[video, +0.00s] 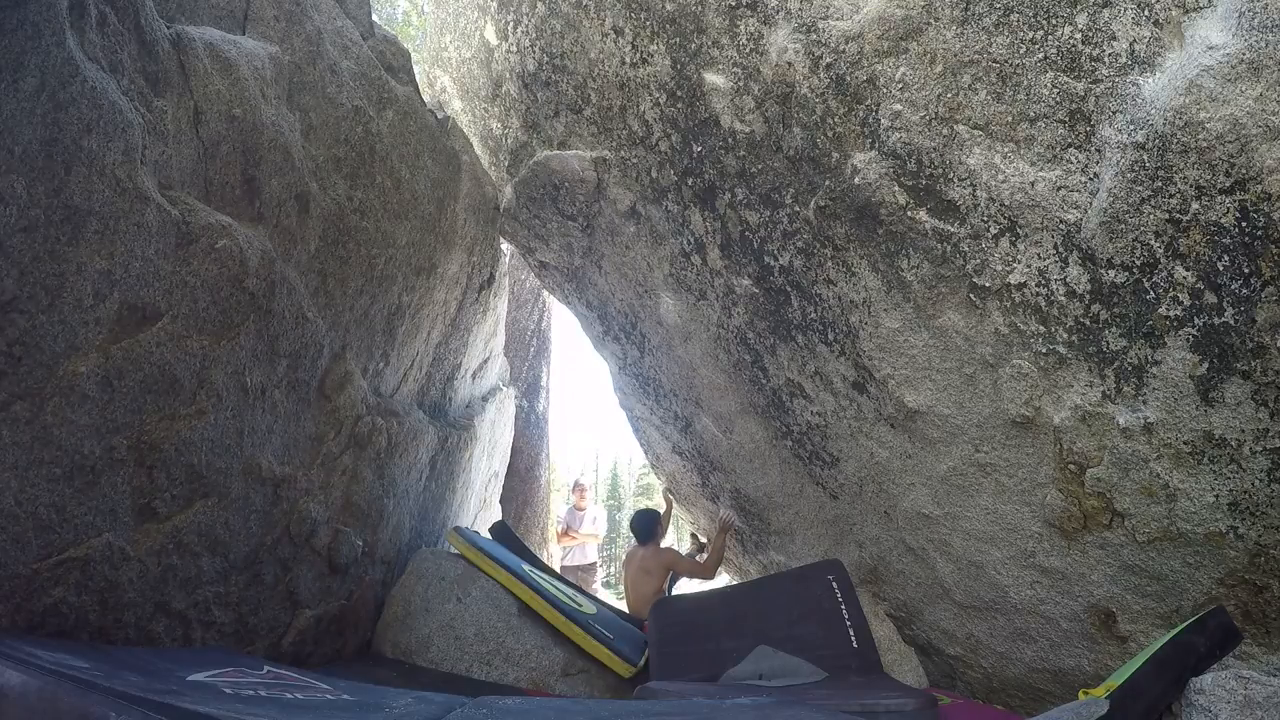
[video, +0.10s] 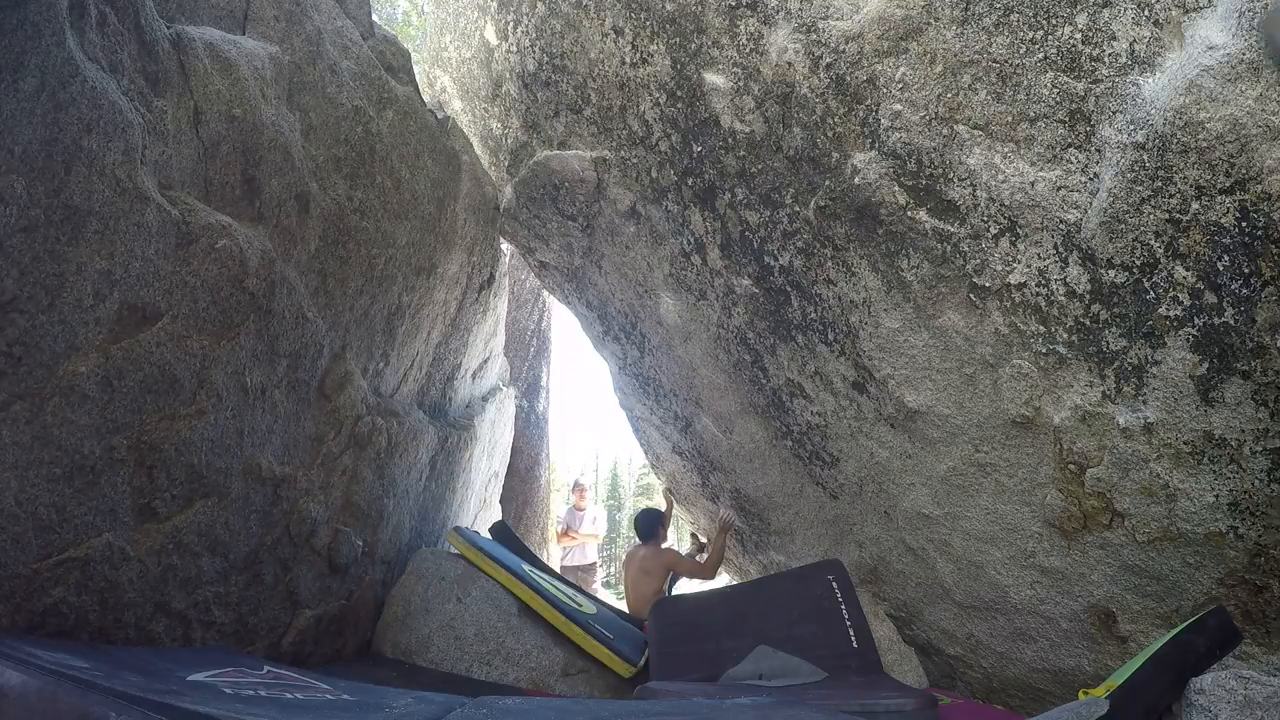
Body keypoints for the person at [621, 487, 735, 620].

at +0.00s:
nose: (662, 525)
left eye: (661, 522)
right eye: (660, 523)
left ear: (636, 532)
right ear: (658, 529)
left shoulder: (631, 553)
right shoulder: (665, 555)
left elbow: (660, 532)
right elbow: (708, 572)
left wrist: (669, 507)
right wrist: (721, 533)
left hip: (636, 622)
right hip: (656, 624)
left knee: (671, 574)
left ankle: (693, 551)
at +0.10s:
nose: (666, 527)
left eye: (665, 524)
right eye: (665, 524)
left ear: (640, 531)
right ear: (660, 529)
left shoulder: (632, 553)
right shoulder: (665, 556)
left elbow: (663, 529)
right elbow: (709, 572)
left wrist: (669, 506)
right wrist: (722, 533)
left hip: (636, 622)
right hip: (656, 624)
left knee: (671, 575)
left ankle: (694, 550)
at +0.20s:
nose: (669, 530)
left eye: (668, 526)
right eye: (667, 526)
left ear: (643, 530)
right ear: (662, 529)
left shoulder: (632, 553)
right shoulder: (665, 556)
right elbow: (709, 572)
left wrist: (669, 506)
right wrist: (722, 533)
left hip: (635, 622)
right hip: (656, 624)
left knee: (671, 574)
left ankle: (694, 550)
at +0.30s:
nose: (671, 533)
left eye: (671, 529)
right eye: (671, 529)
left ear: (646, 530)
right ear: (664, 531)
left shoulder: (632, 552)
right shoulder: (663, 557)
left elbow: (654, 530)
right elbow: (708, 572)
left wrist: (670, 506)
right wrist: (722, 533)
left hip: (636, 621)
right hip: (655, 623)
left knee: (672, 573)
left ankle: (694, 550)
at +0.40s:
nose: (672, 541)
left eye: (673, 536)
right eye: (671, 535)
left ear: (647, 531)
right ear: (662, 532)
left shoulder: (633, 552)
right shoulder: (662, 557)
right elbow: (708, 572)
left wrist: (671, 505)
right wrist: (722, 533)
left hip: (636, 620)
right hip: (654, 624)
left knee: (671, 574)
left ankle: (695, 550)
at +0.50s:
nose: (673, 541)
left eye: (674, 537)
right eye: (673, 536)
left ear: (648, 530)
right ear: (664, 533)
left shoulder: (632, 552)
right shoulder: (662, 557)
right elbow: (708, 572)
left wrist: (671, 506)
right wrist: (721, 533)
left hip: (636, 621)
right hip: (654, 624)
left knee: (671, 573)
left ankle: (694, 550)